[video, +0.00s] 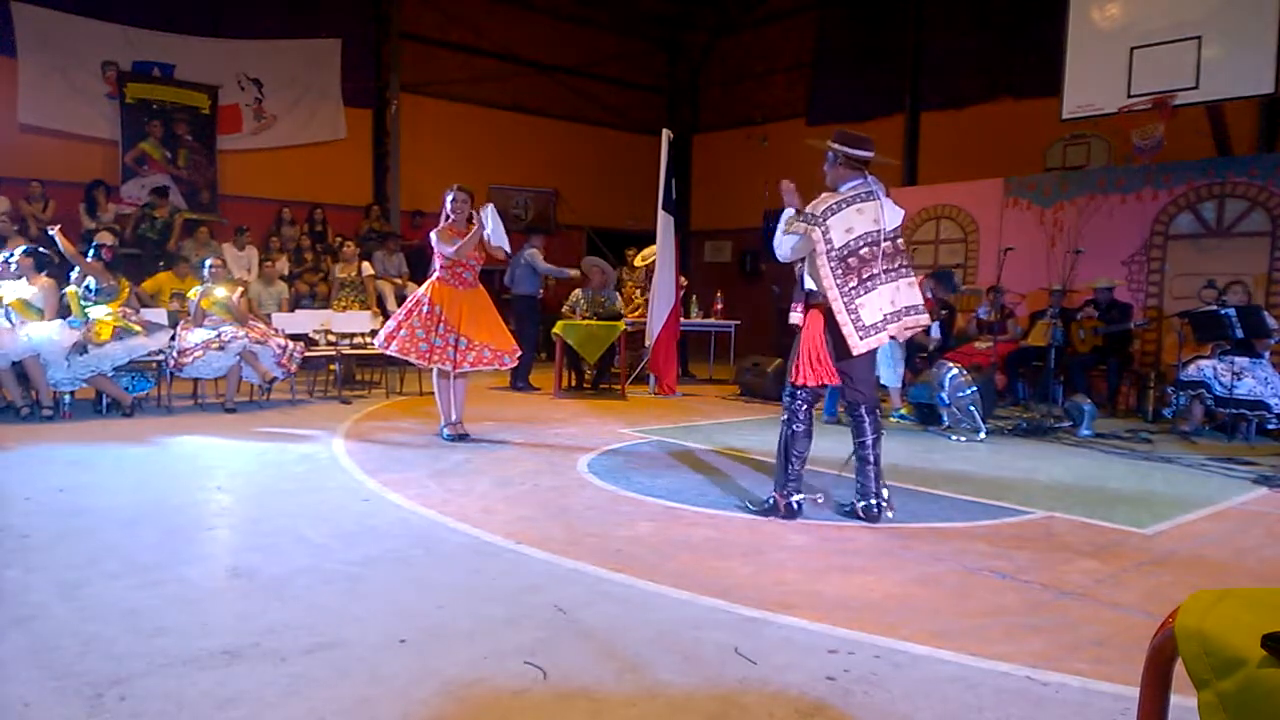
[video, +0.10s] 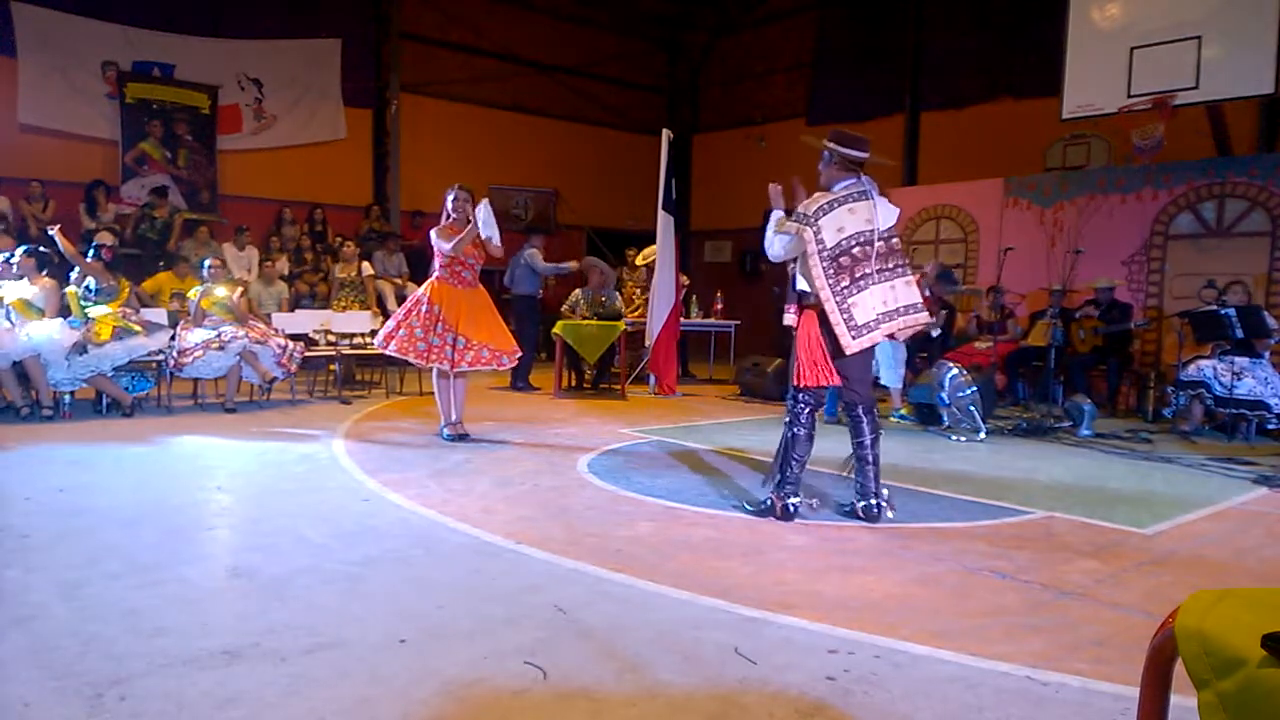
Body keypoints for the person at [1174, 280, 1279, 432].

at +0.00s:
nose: (1238, 296)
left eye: (1243, 293)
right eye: (1233, 293)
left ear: (1248, 297)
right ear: (1224, 296)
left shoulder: (1257, 315)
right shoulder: (1216, 315)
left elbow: (1265, 346)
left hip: (1253, 364)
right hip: (1222, 363)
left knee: (1248, 381)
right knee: (1199, 368)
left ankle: (1242, 426)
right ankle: (1195, 419)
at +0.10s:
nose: (1238, 296)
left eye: (1242, 293)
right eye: (1233, 292)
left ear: (1248, 297)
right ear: (1224, 296)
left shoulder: (1257, 315)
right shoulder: (1216, 315)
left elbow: (1265, 346)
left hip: (1253, 364)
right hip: (1221, 363)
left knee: (1249, 382)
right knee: (1198, 368)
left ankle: (1243, 426)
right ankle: (1195, 419)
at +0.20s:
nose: (1233, 297)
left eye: (1238, 293)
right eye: (1230, 293)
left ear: (1247, 297)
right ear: (1224, 296)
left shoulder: (1257, 315)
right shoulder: (1217, 314)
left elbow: (1264, 346)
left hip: (1253, 364)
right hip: (1222, 363)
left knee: (1248, 382)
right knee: (1198, 368)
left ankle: (1242, 426)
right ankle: (1195, 419)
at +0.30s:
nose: (1232, 297)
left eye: (1237, 293)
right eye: (1229, 293)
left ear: (1247, 297)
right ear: (1224, 296)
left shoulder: (1258, 314)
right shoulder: (1219, 315)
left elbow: (1264, 346)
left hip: (1253, 364)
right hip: (1222, 363)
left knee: (1248, 381)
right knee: (1198, 368)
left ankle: (1242, 426)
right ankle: (1195, 419)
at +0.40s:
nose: (1231, 296)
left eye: (1236, 292)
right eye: (1229, 293)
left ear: (1247, 296)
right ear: (1225, 296)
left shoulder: (1257, 314)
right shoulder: (1219, 315)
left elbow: (1264, 346)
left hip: (1253, 364)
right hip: (1222, 363)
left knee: (1248, 382)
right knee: (1198, 368)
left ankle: (1242, 426)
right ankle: (1195, 419)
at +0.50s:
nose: (1232, 296)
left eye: (1237, 292)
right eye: (1230, 293)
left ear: (1248, 296)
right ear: (1226, 296)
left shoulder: (1258, 314)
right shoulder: (1222, 315)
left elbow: (1265, 346)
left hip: (1255, 364)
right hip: (1225, 363)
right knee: (1200, 368)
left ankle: (1244, 428)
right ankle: (1197, 420)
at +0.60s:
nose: (1227, 296)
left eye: (1233, 292)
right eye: (1226, 293)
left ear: (1246, 297)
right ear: (1223, 296)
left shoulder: (1257, 315)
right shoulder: (1220, 316)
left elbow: (1264, 346)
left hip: (1253, 364)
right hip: (1224, 363)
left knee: (1247, 381)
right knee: (1199, 368)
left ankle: (1242, 426)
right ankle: (1196, 419)